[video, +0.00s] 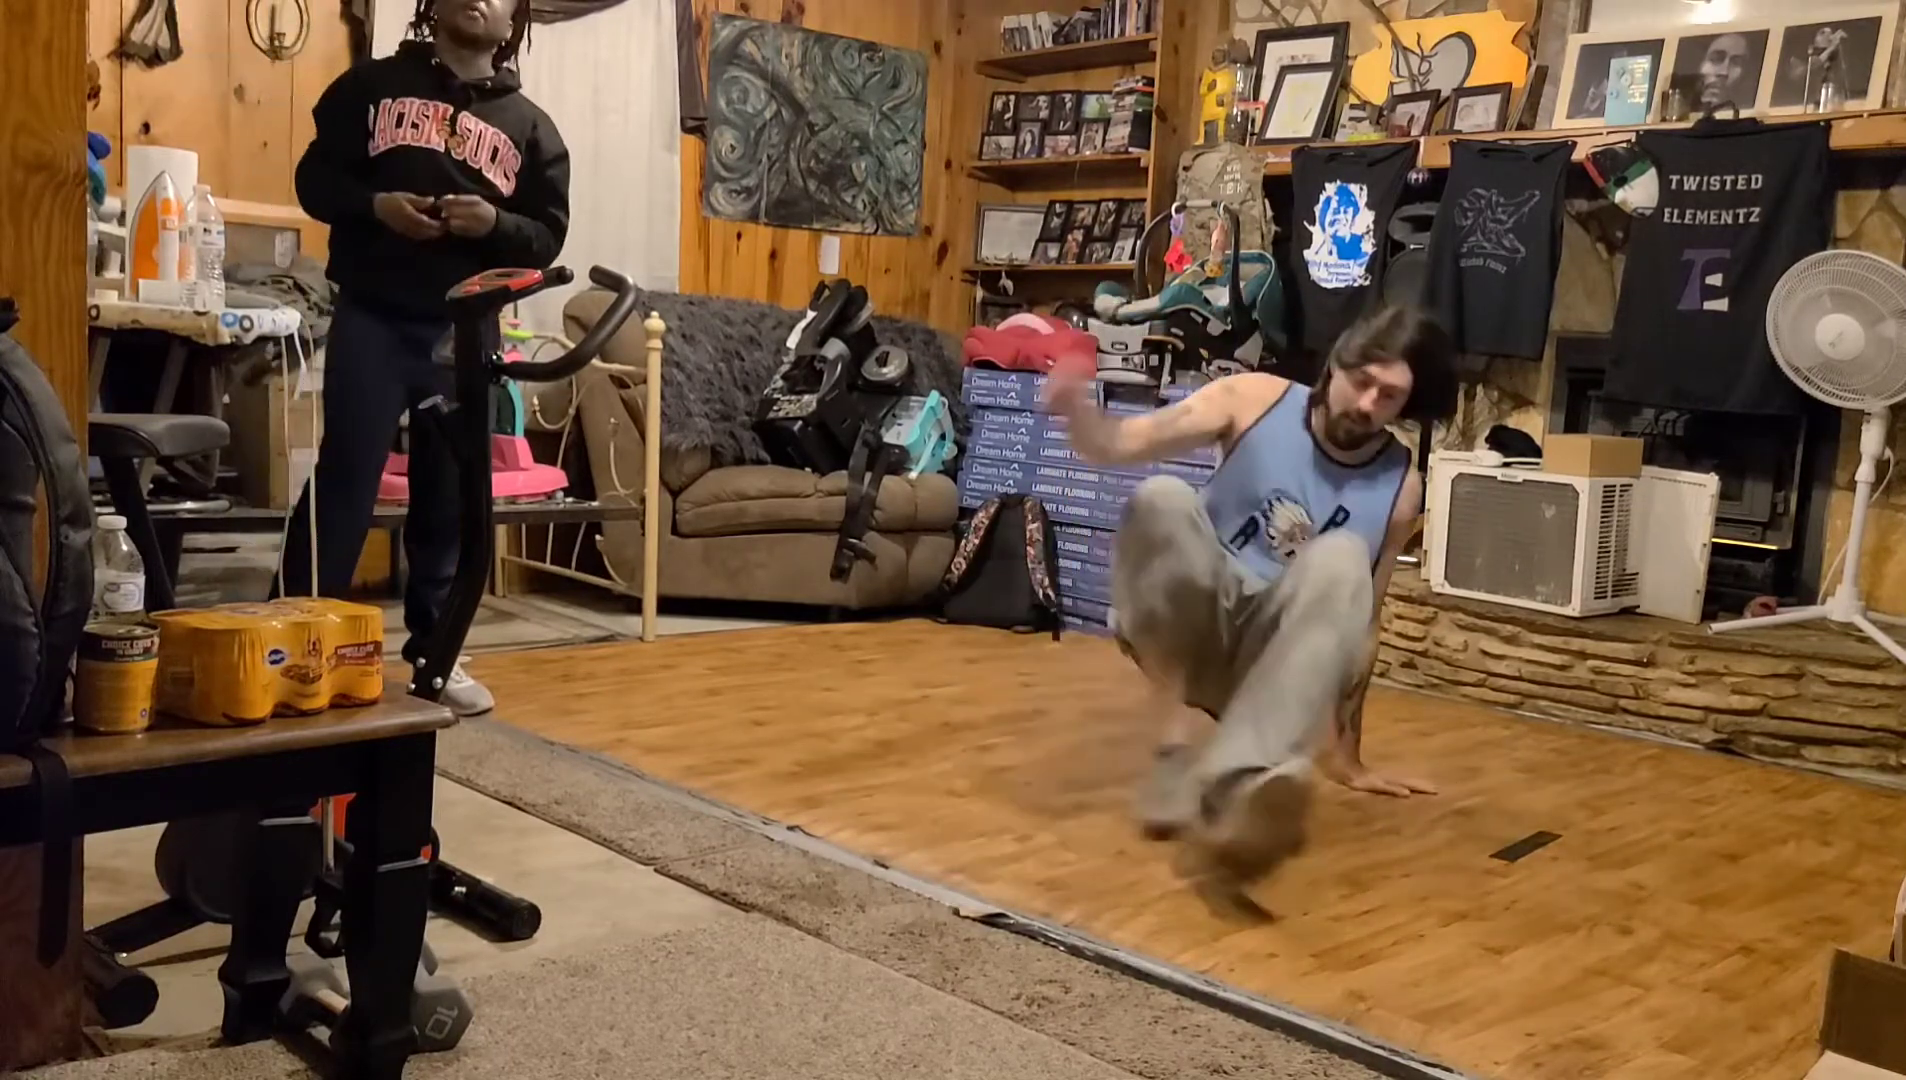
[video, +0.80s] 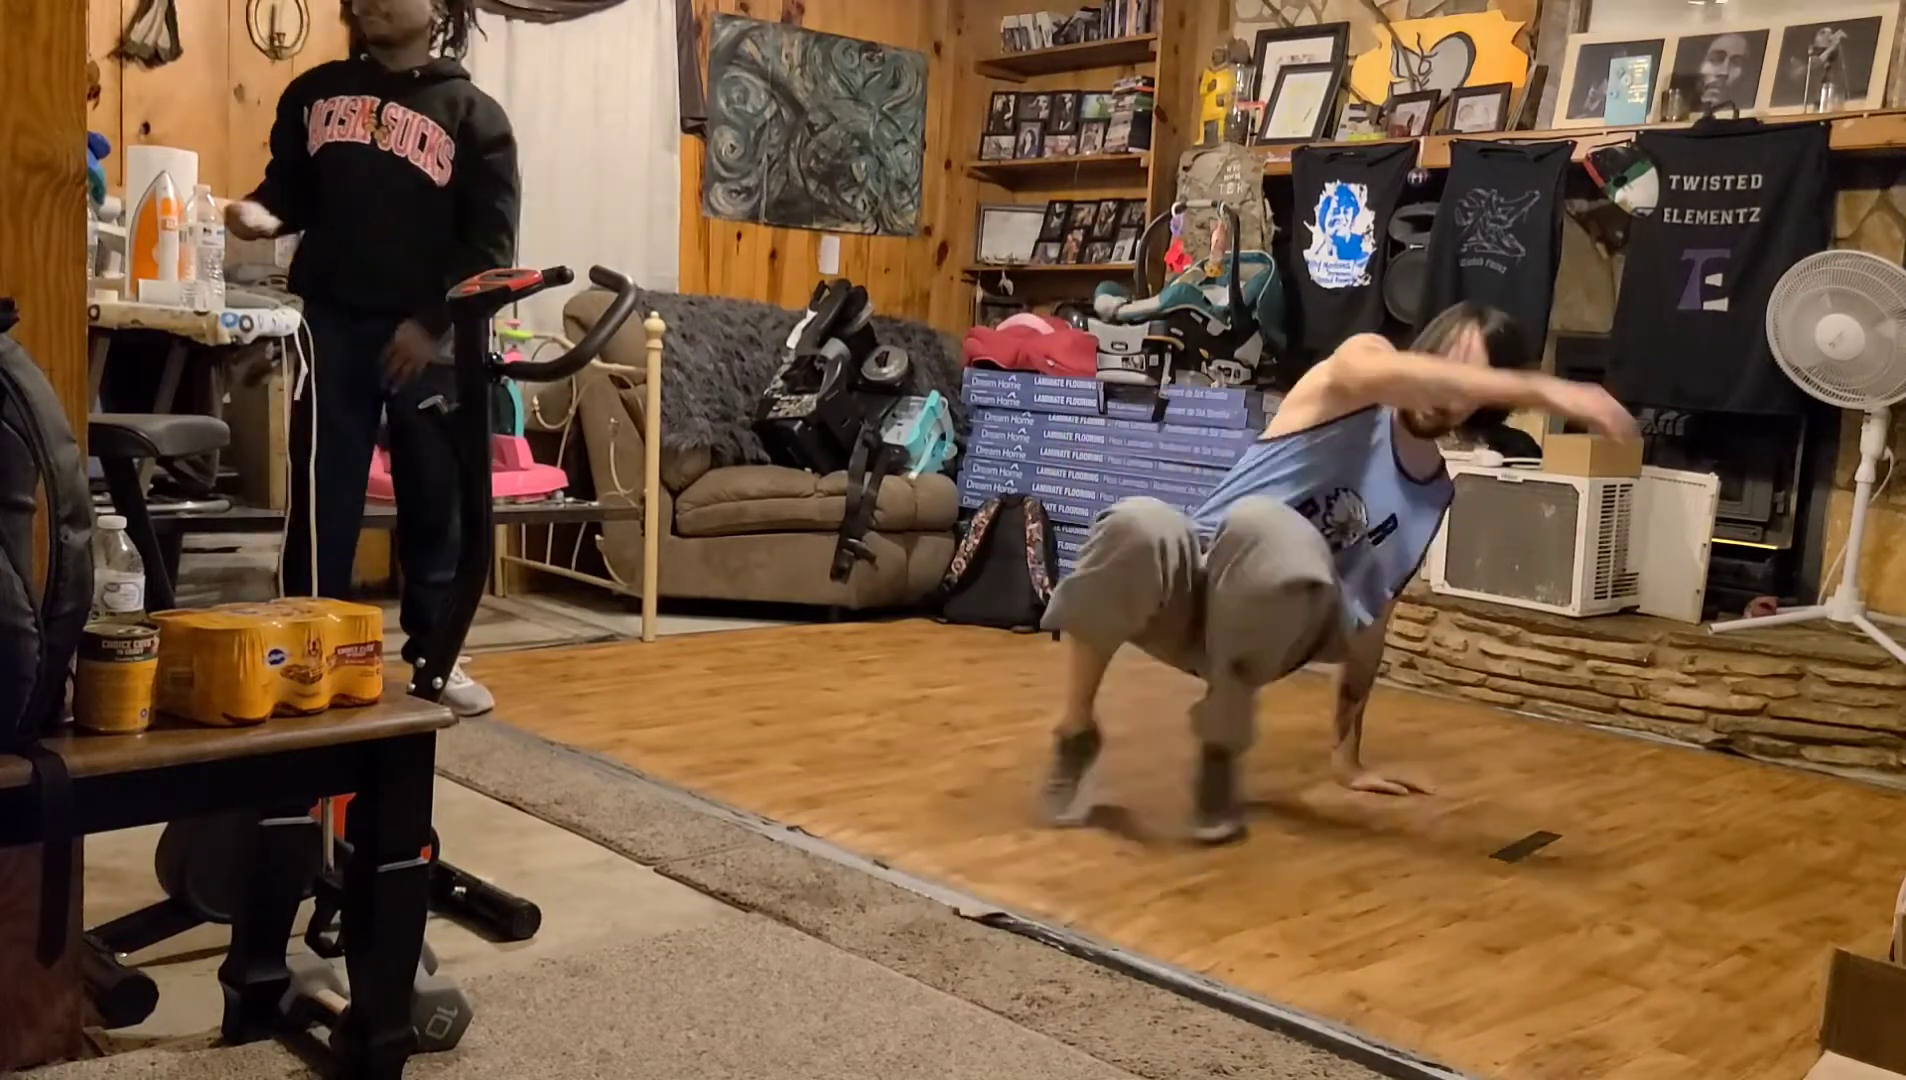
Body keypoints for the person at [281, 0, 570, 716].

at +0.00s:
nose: (482, 3)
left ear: (513, 21)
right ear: (434, 6)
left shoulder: (532, 127)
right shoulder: (369, 85)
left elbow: (548, 238)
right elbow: (314, 181)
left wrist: (496, 223)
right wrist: (376, 204)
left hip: (465, 332)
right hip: (372, 323)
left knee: (449, 500)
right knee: (346, 487)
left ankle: (435, 657)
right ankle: (294, 648)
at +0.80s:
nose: (372, 2)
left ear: (435, 10)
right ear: (353, 9)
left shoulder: (472, 114)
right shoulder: (312, 93)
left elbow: (491, 242)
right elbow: (290, 193)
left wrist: (434, 320)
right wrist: (259, 211)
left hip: (428, 334)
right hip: (331, 329)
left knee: (437, 501)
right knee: (324, 497)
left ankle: (436, 658)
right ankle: (309, 656)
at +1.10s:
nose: (308, 7)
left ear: (371, 11)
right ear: (290, 8)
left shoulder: (419, 102)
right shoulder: (255, 96)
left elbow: (448, 231)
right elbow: (221, 212)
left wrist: (407, 330)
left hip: (406, 327)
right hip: (302, 327)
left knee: (431, 492)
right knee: (306, 496)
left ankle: (437, 659)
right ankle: (301, 659)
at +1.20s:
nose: (292, 4)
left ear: (350, 5)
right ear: (264, 6)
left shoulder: (403, 95)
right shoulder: (236, 101)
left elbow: (439, 223)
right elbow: (202, 220)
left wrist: (395, 323)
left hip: (400, 318)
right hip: (296, 323)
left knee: (434, 486)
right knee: (305, 495)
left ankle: (443, 655)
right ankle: (301, 659)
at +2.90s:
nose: (258, 17)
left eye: (278, 4)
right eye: (249, 3)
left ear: (320, 11)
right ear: (236, 8)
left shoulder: (373, 97)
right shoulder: (206, 97)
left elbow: (406, 226)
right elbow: (177, 215)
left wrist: (357, 322)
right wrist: (208, 316)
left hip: (376, 309)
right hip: (275, 314)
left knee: (409, 482)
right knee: (292, 488)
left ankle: (442, 653)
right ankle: (298, 650)